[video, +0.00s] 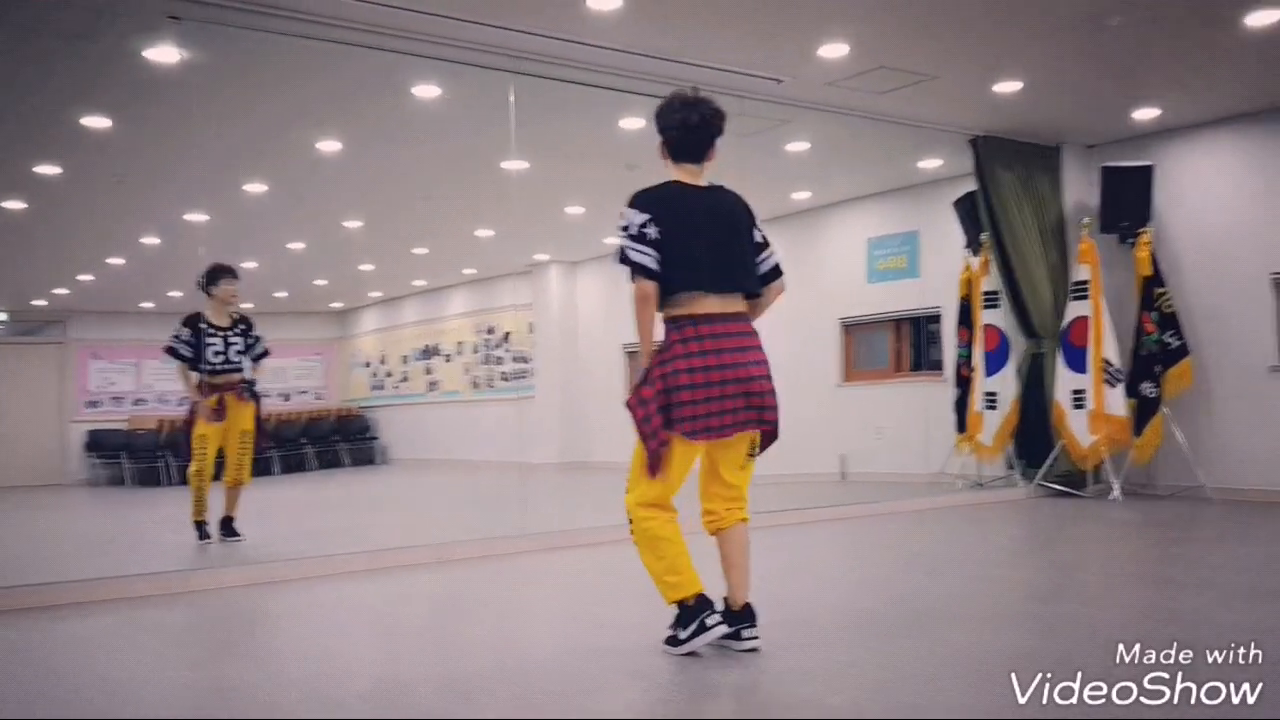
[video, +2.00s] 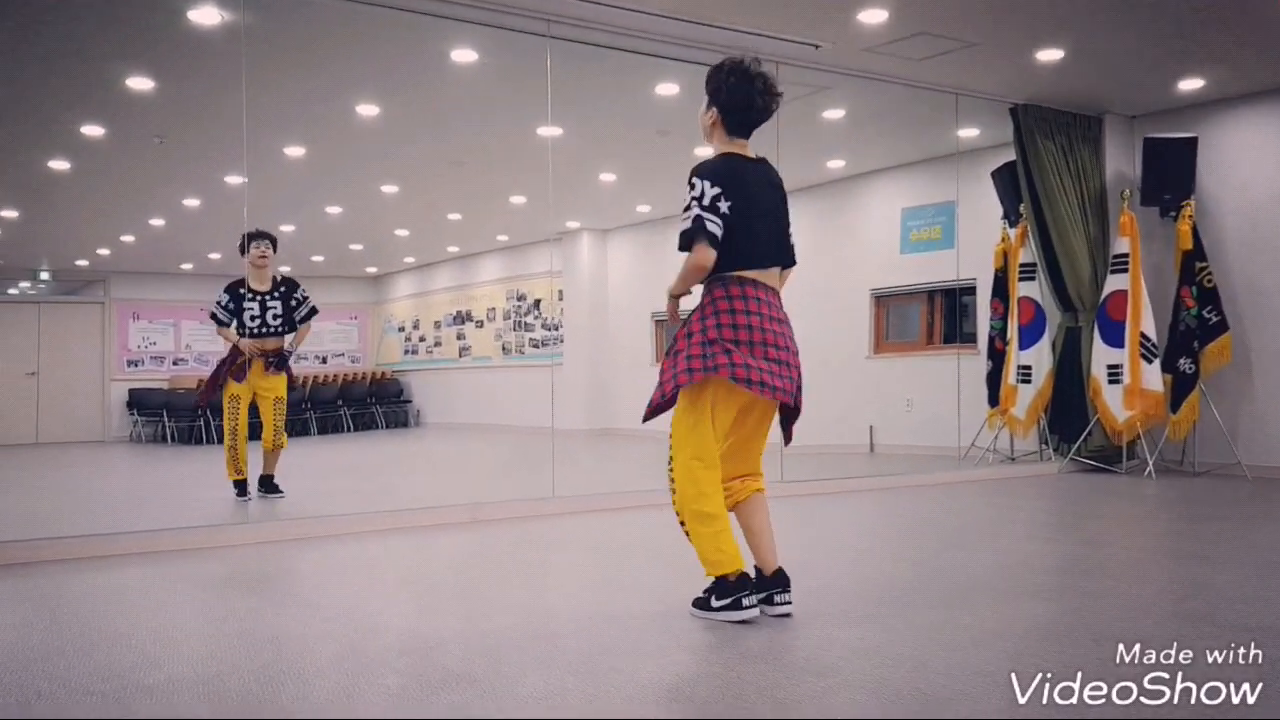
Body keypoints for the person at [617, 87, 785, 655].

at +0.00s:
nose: (710, 149)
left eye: (673, 139)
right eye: (714, 142)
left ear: (663, 145)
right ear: (715, 147)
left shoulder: (648, 205)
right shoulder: (735, 206)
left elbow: (645, 293)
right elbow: (773, 284)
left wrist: (646, 360)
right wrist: (733, 325)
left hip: (686, 354)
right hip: (743, 352)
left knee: (647, 498)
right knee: (728, 495)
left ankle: (690, 604)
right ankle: (741, 613)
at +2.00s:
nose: (701, 115)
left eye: (704, 106)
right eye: (706, 106)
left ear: (712, 114)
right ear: (754, 119)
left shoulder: (711, 172)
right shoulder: (770, 177)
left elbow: (703, 258)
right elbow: (787, 262)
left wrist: (675, 291)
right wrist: (757, 310)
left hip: (723, 322)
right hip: (771, 327)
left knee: (691, 460)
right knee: (741, 466)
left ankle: (729, 578)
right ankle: (771, 577)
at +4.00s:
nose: (741, 121)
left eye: (688, 116)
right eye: (741, 114)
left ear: (684, 120)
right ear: (740, 119)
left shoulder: (665, 176)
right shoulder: (765, 181)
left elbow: (643, 262)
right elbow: (784, 265)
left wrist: (634, 331)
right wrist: (750, 318)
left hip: (680, 325)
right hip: (746, 327)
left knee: (690, 470)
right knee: (755, 454)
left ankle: (717, 595)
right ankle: (762, 575)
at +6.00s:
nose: (790, 138)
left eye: (792, 130)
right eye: (792, 130)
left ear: (801, 135)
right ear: (840, 135)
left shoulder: (797, 192)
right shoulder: (863, 188)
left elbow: (750, 261)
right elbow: (906, 227)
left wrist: (704, 251)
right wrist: (864, 262)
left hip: (838, 327)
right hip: (871, 321)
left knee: (875, 464)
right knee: (864, 464)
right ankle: (872, 573)